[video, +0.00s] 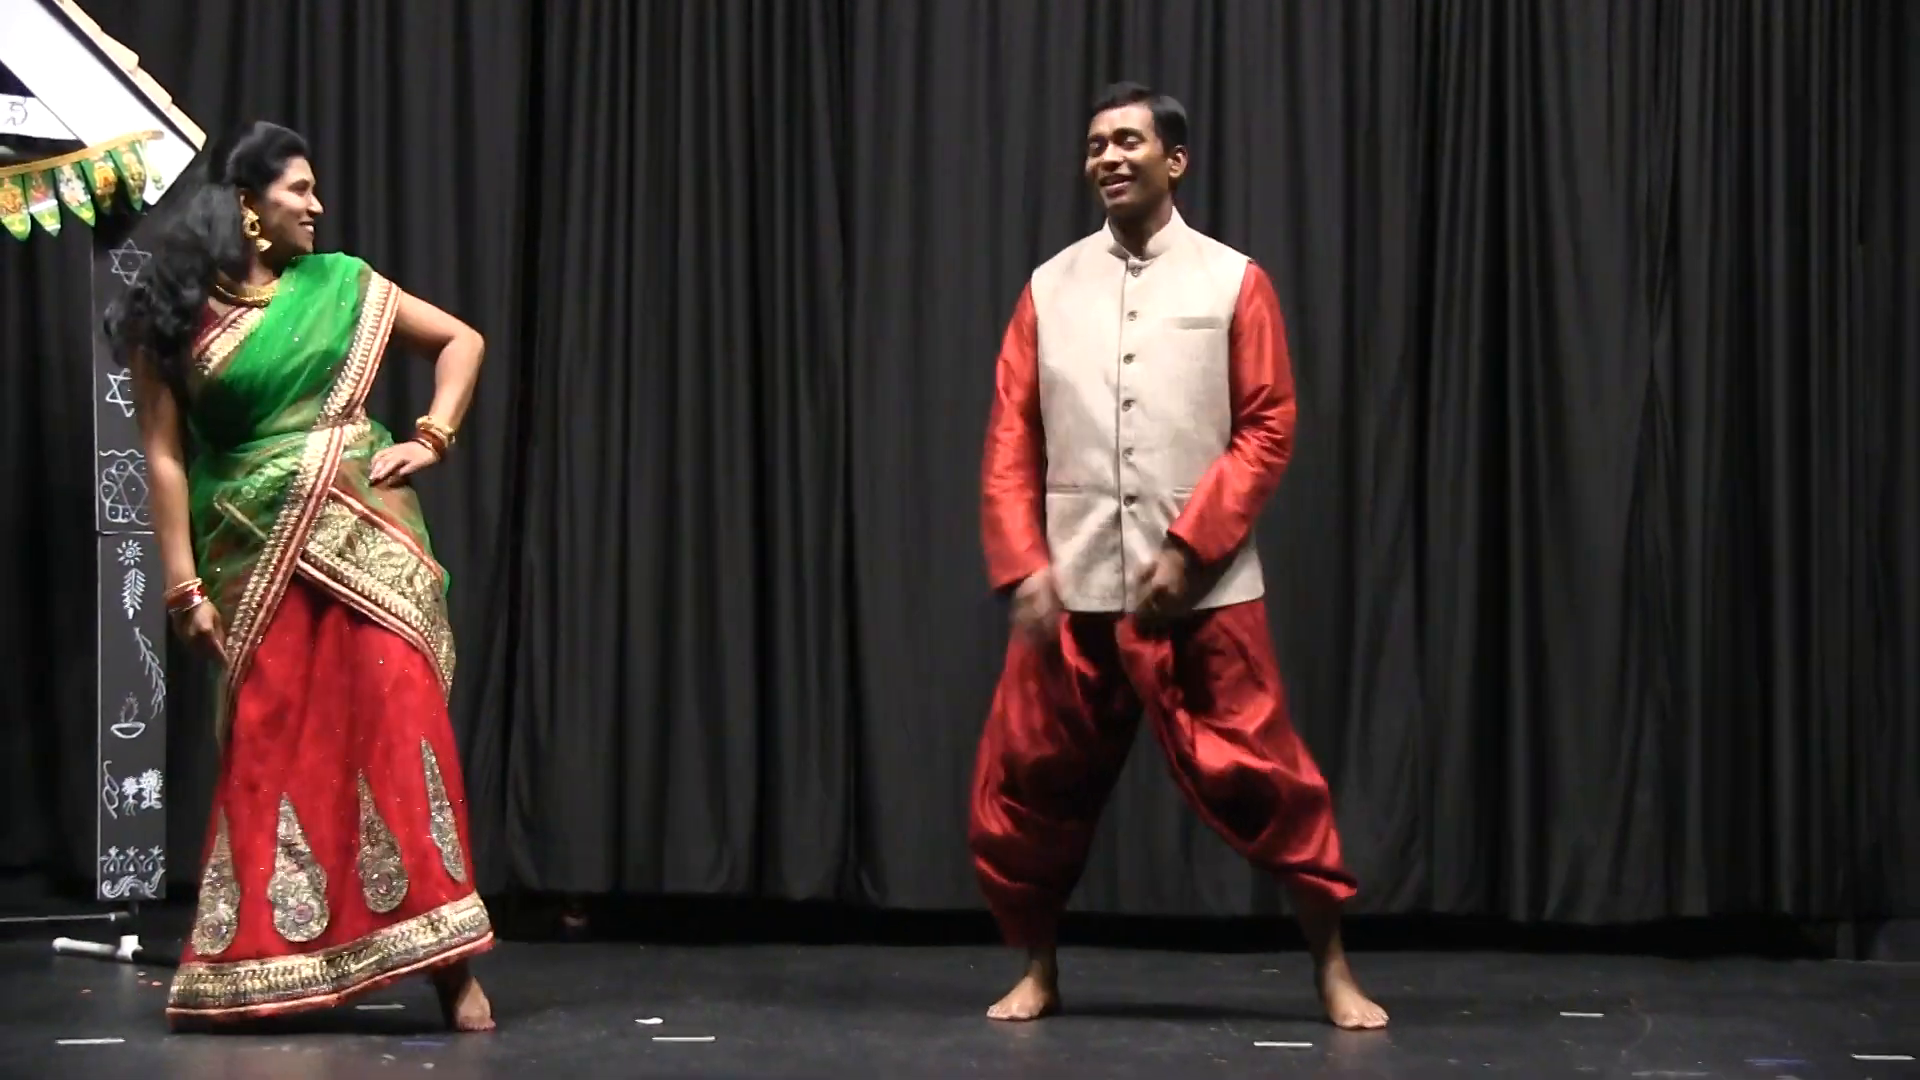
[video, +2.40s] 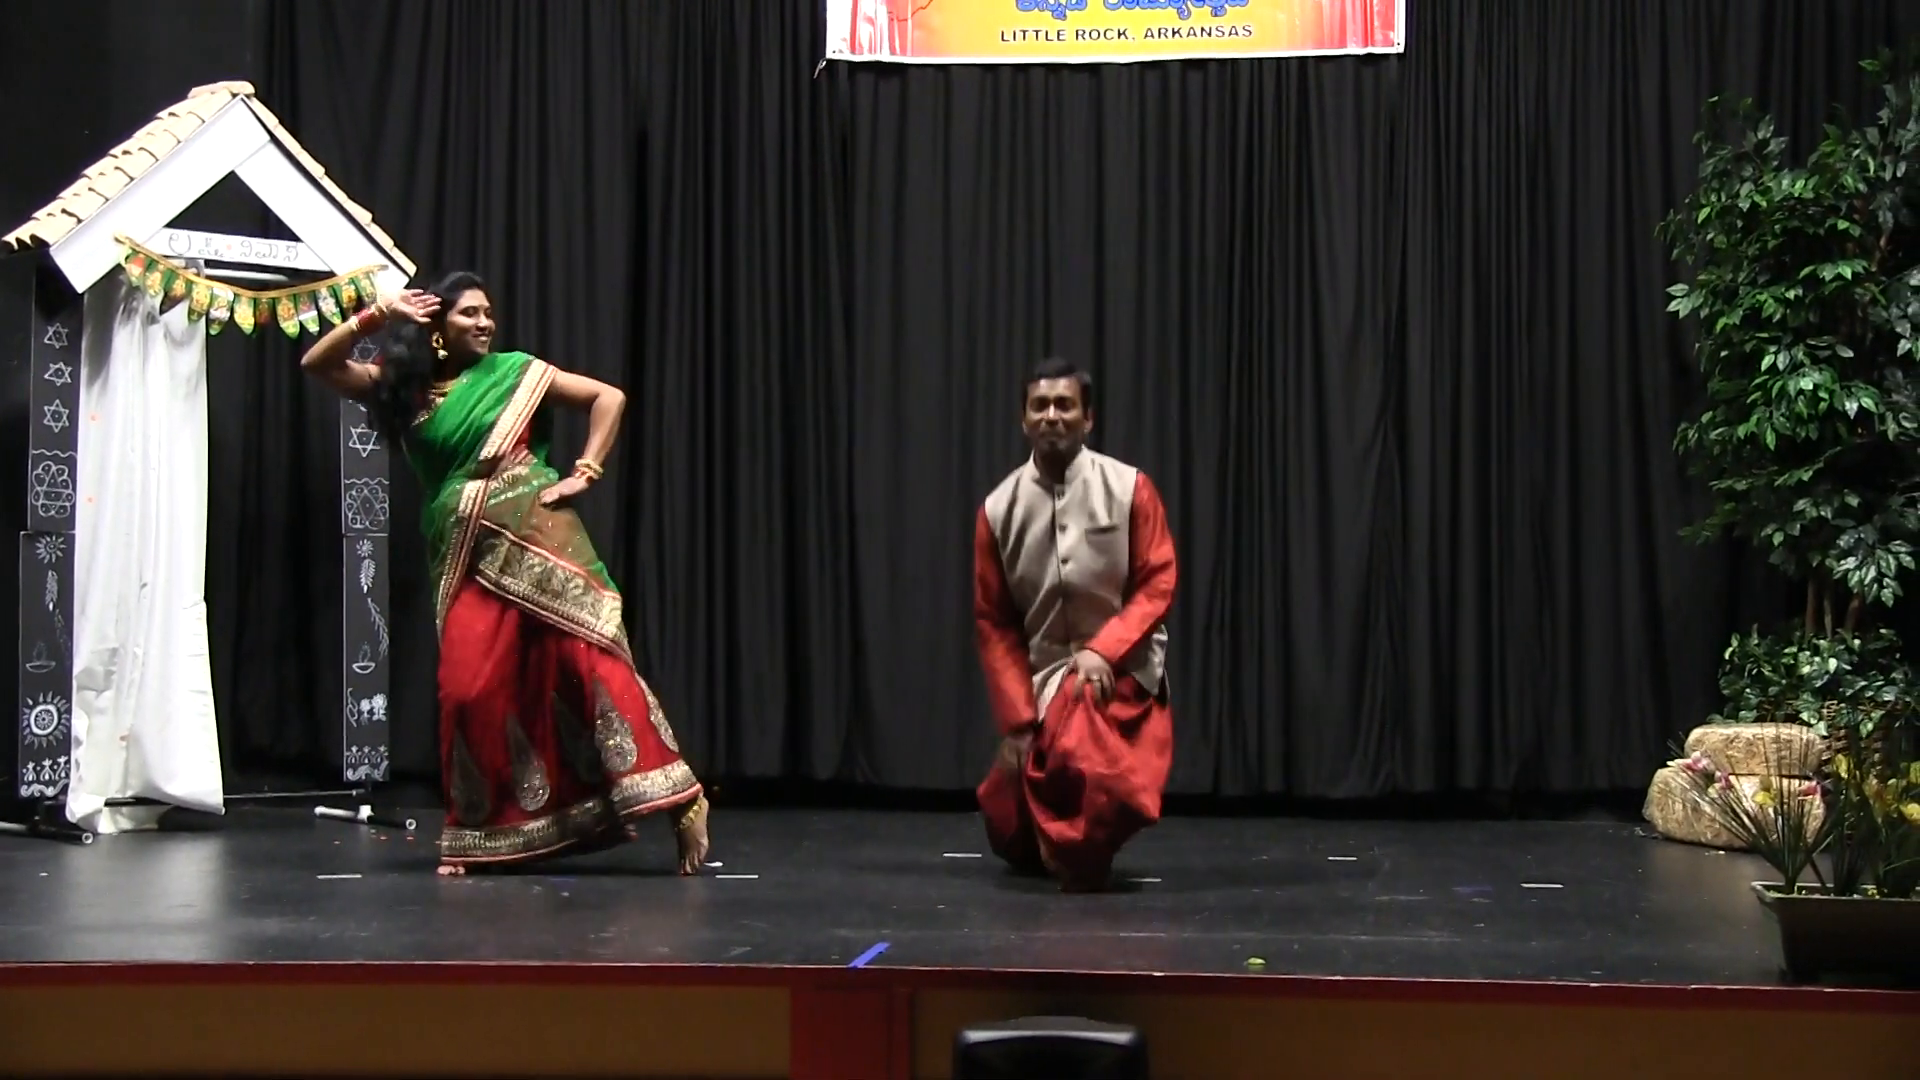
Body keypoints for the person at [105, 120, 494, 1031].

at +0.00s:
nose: (317, 205)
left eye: (316, 189)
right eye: (300, 190)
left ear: (302, 200)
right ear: (245, 202)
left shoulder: (347, 282)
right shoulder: (173, 320)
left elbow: (462, 340)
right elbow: (164, 451)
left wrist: (434, 436)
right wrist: (182, 583)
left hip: (372, 536)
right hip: (260, 553)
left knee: (402, 737)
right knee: (264, 750)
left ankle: (454, 962)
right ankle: (269, 973)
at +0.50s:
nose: (419, 256)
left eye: (420, 244)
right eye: (403, 243)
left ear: (416, 256)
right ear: (358, 253)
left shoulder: (448, 325)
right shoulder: (306, 344)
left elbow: (539, 384)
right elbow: (281, 459)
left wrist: (511, 461)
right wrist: (275, 569)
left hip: (452, 531)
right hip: (362, 544)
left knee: (480, 688)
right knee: (369, 704)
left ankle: (535, 880)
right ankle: (375, 891)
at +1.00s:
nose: (510, 294)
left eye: (517, 286)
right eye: (496, 284)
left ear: (526, 300)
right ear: (465, 298)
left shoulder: (551, 362)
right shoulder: (440, 372)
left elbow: (620, 422)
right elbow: (403, 464)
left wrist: (620, 490)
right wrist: (371, 540)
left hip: (538, 542)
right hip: (462, 546)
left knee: (544, 676)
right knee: (469, 678)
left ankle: (546, 823)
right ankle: (465, 825)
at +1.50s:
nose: (521, 305)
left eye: (533, 296)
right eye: (510, 297)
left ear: (552, 310)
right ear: (493, 312)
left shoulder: (582, 382)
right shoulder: (469, 380)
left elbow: (621, 467)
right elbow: (431, 469)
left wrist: (600, 534)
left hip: (563, 545)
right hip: (490, 543)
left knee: (554, 681)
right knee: (492, 675)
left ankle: (542, 828)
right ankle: (461, 831)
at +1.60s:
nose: (520, 310)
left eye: (532, 301)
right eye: (509, 302)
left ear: (552, 317)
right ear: (492, 318)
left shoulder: (584, 383)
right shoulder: (466, 384)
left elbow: (597, 461)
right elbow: (451, 464)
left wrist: (538, 442)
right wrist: (491, 438)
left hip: (563, 550)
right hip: (487, 550)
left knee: (558, 673)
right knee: (478, 672)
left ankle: (557, 827)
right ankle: (463, 832)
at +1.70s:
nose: (513, 310)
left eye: (526, 302)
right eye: (501, 304)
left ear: (544, 322)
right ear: (489, 326)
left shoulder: (568, 382)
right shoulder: (477, 394)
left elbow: (597, 406)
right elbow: (434, 388)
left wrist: (576, 342)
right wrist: (443, 322)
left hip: (561, 538)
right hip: (489, 536)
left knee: (555, 667)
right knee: (469, 659)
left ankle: (561, 821)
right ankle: (445, 812)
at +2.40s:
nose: (484, 322)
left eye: (488, 313)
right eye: (470, 314)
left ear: (494, 320)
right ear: (437, 325)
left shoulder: (515, 370)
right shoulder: (407, 387)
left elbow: (609, 397)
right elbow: (317, 363)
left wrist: (585, 470)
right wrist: (375, 314)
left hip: (542, 536)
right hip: (470, 552)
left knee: (591, 664)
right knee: (464, 688)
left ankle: (683, 800)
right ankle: (470, 834)